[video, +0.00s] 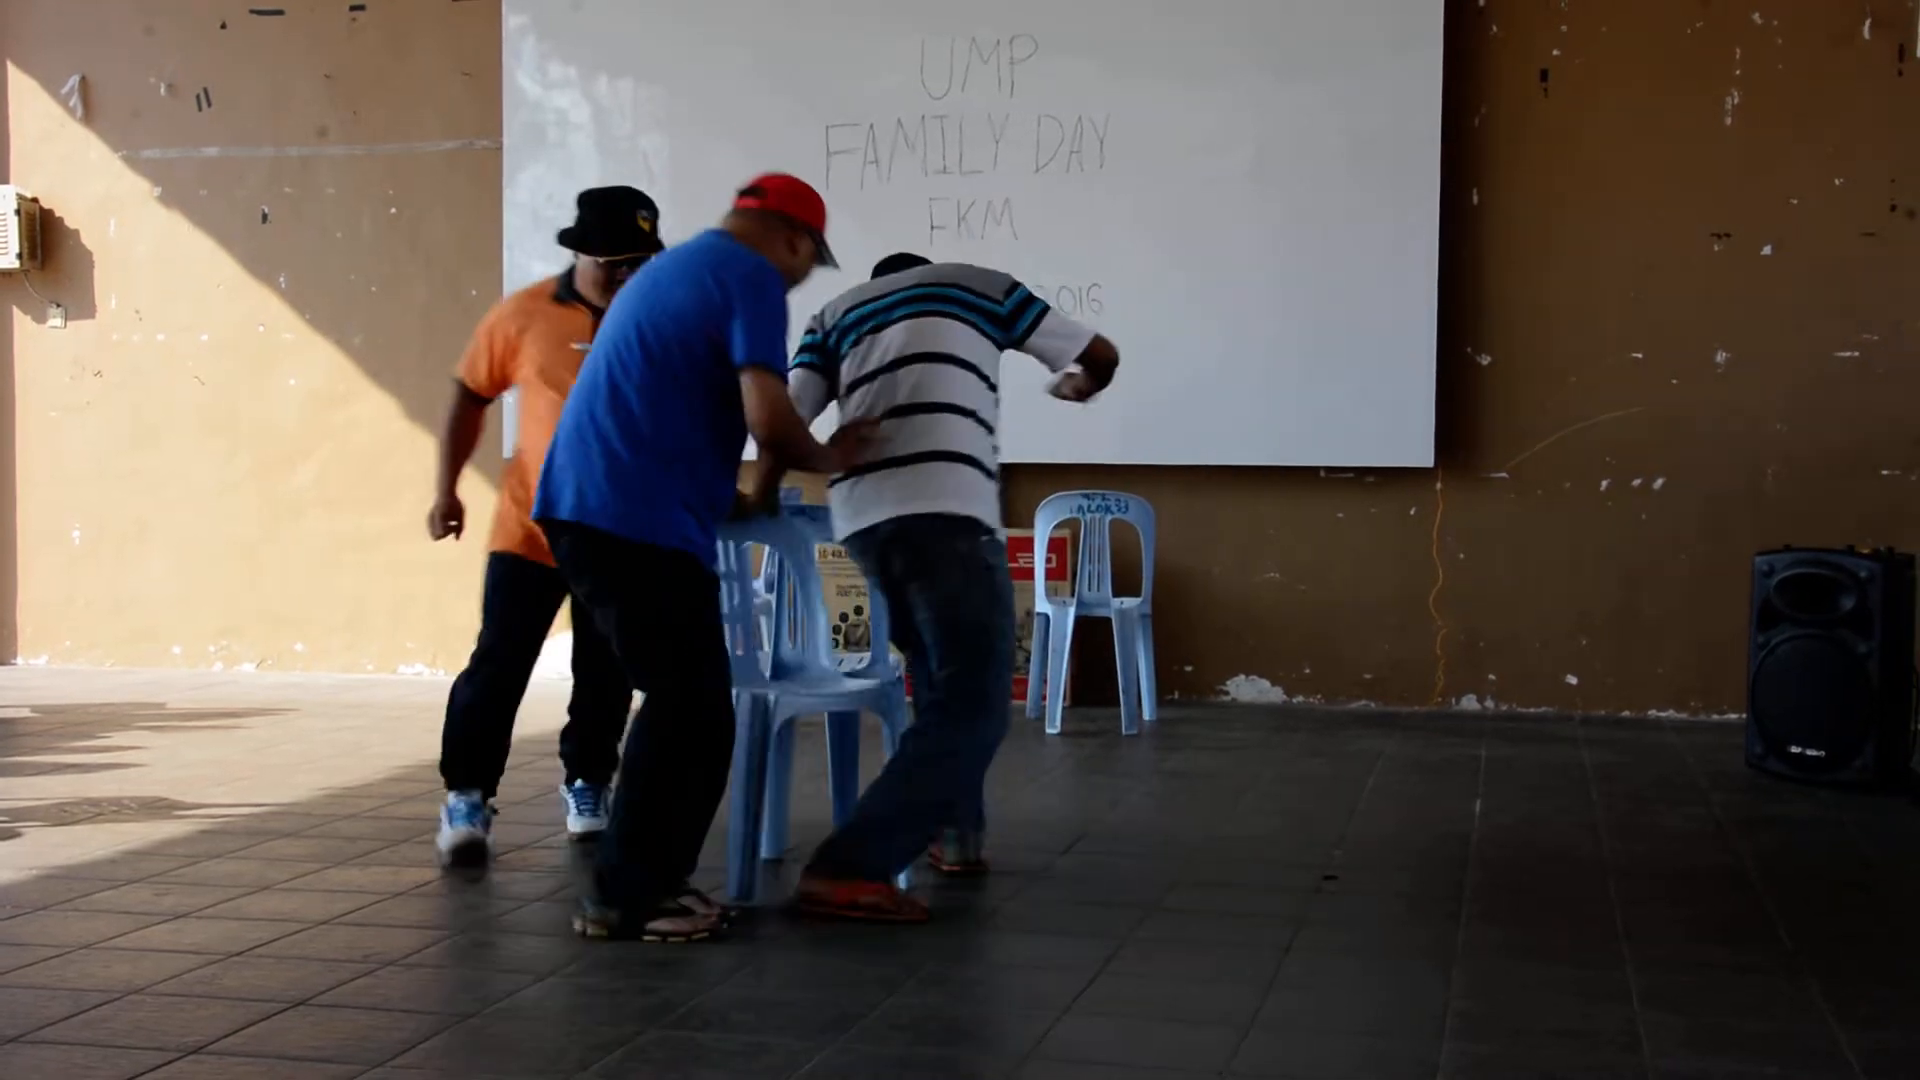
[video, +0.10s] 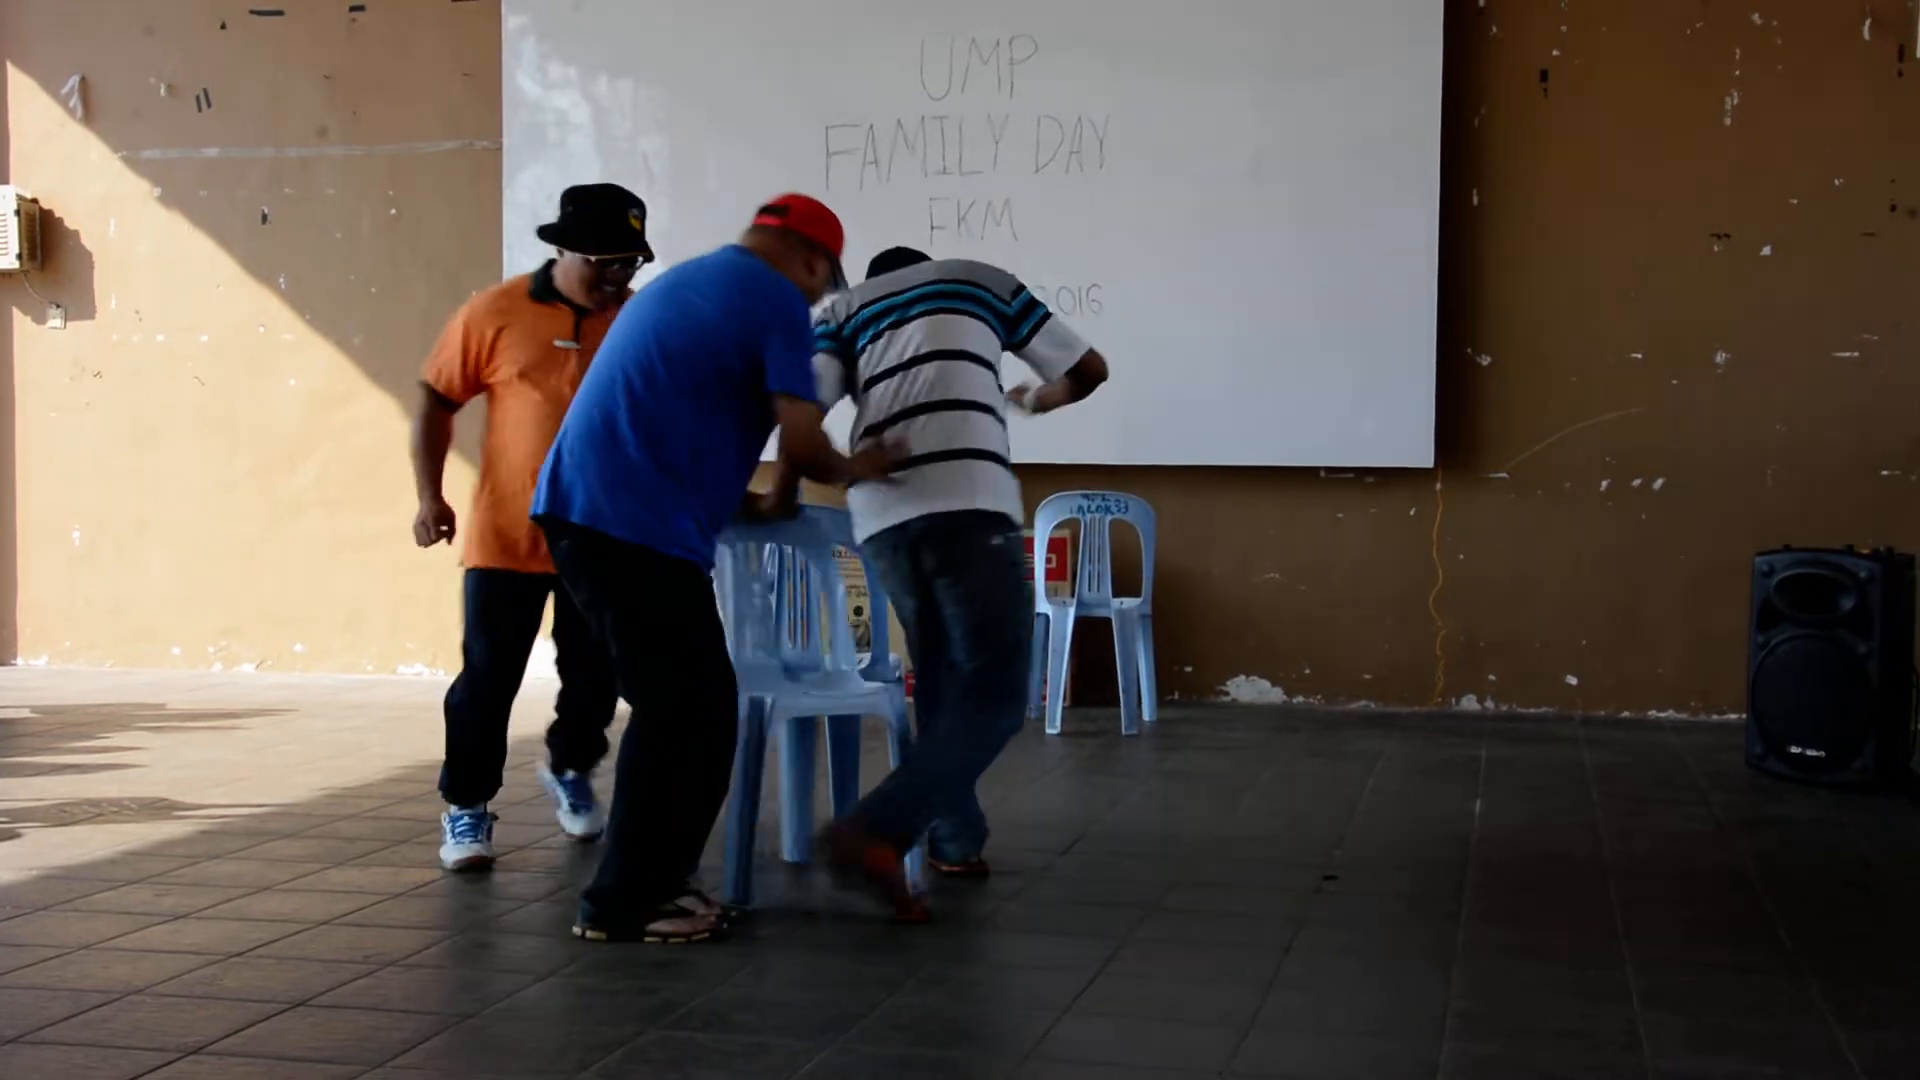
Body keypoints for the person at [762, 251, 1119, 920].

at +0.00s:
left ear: (872, 277)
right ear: (931, 266)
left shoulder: (834, 314)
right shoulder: (978, 284)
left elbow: (782, 421)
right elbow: (1101, 353)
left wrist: (757, 493)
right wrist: (1076, 385)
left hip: (865, 521)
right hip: (949, 507)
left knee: (935, 682)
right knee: (974, 705)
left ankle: (957, 836)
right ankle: (846, 871)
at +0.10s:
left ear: (867, 275)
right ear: (930, 262)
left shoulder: (841, 308)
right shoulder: (980, 279)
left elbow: (802, 413)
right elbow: (1088, 369)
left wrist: (778, 496)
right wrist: (1034, 400)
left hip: (885, 521)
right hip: (973, 503)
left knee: (936, 683)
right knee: (998, 697)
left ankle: (957, 843)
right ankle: (872, 830)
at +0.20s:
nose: (845, 298)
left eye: (845, 288)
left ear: (861, 270)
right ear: (925, 252)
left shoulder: (851, 297)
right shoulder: (982, 268)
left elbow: (817, 387)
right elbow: (1075, 373)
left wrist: (797, 488)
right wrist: (1011, 416)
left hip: (905, 510)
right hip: (999, 491)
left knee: (939, 675)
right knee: (1019, 673)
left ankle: (959, 848)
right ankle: (950, 798)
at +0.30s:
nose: (844, 287)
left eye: (845, 276)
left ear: (863, 259)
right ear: (918, 243)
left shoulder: (861, 283)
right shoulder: (994, 261)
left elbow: (846, 376)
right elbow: (1070, 373)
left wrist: (821, 470)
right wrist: (1019, 426)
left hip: (928, 499)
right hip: (1024, 487)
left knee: (946, 667)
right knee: (1032, 658)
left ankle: (963, 840)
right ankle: (1029, 817)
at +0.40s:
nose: (853, 280)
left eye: (853, 270)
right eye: (851, 270)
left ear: (871, 251)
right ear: (923, 236)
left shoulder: (875, 276)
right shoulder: (1007, 260)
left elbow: (877, 367)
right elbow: (1069, 380)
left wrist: (841, 468)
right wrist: (1010, 431)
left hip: (943, 502)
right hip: (1039, 489)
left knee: (946, 659)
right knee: (1052, 657)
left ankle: (975, 805)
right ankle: (1079, 834)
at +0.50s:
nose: (858, 277)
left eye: (856, 267)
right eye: (855, 268)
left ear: (873, 248)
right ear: (919, 235)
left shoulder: (883, 275)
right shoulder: (1004, 262)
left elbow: (907, 364)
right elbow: (1069, 380)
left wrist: (860, 460)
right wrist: (1011, 425)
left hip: (956, 504)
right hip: (1047, 493)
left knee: (935, 632)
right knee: (1061, 661)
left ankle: (994, 781)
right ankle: (1080, 834)